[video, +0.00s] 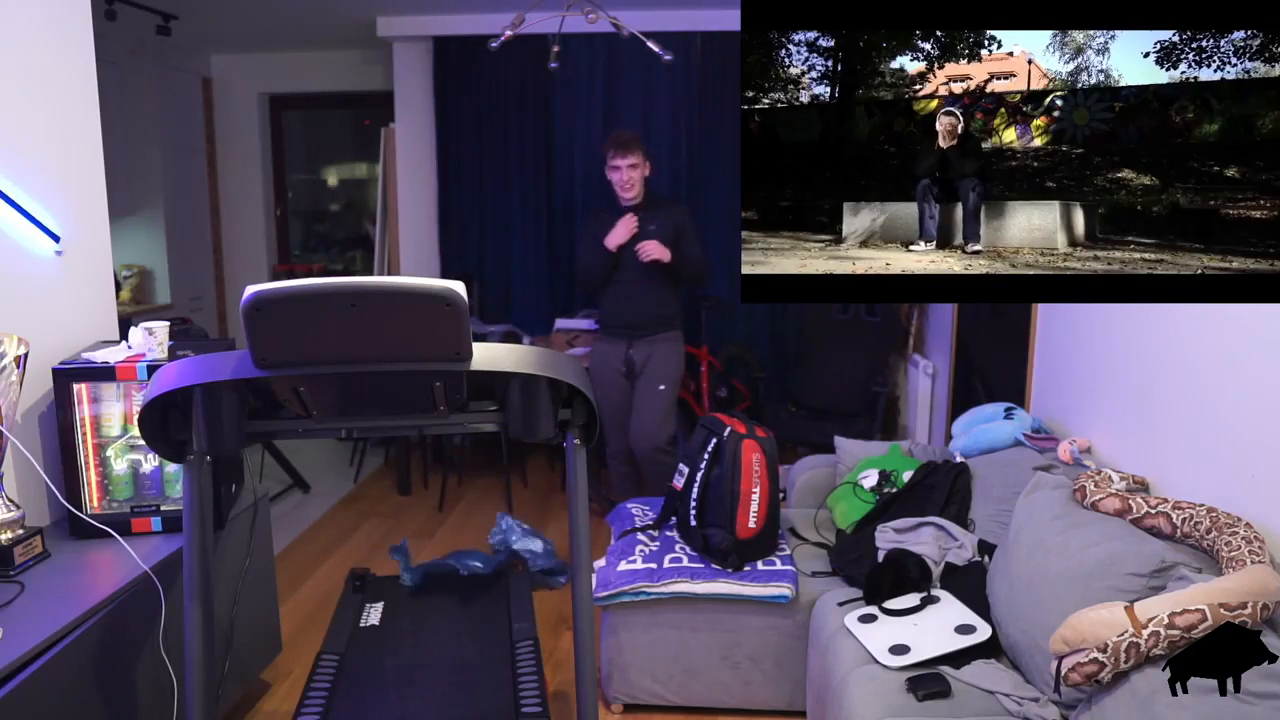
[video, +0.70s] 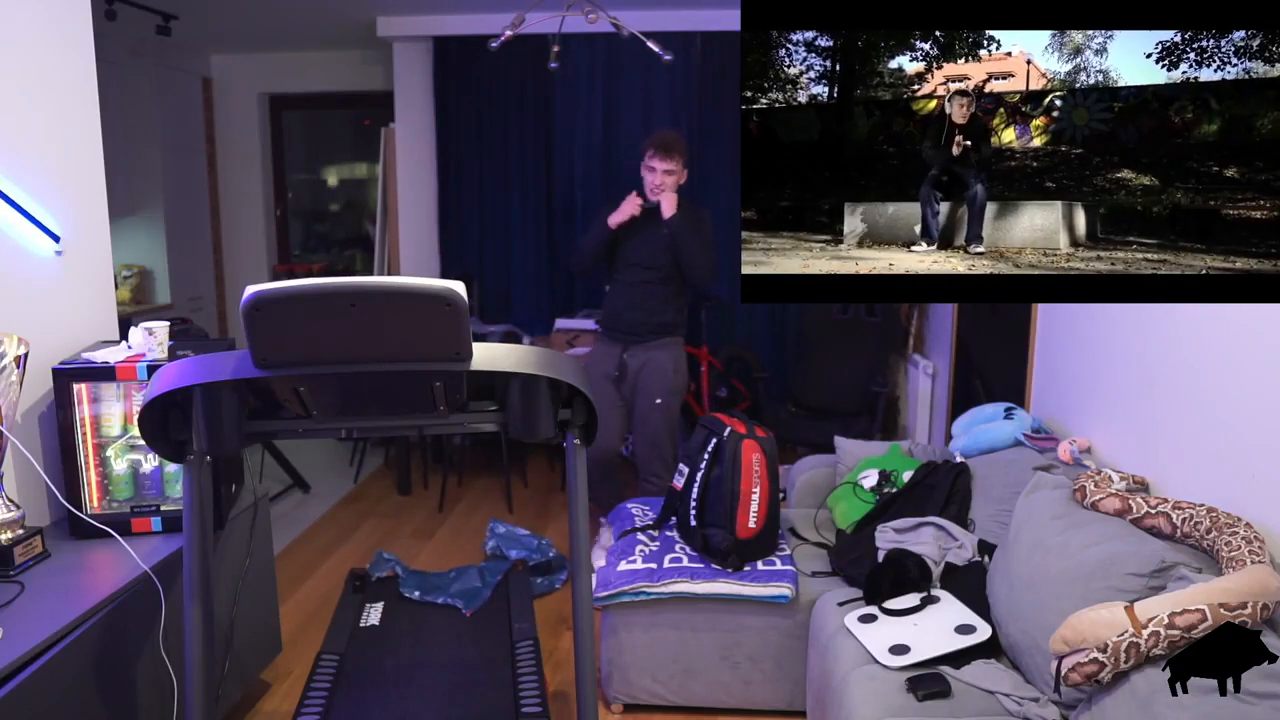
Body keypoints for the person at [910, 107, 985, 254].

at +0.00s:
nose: (947, 128)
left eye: (951, 124)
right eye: (943, 124)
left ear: (959, 127)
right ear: (938, 126)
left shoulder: (969, 141)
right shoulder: (930, 141)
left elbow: (970, 171)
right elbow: (922, 172)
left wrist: (951, 148)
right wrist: (940, 148)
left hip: (964, 183)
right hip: (941, 184)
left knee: (971, 187)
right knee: (925, 186)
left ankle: (971, 241)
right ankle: (927, 240)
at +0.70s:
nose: (965, 110)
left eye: (969, 106)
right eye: (961, 106)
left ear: (972, 108)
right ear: (950, 107)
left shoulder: (978, 125)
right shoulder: (938, 124)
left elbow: (985, 155)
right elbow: (929, 154)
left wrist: (969, 149)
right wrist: (951, 152)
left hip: (968, 171)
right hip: (943, 170)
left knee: (978, 192)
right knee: (928, 191)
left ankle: (974, 242)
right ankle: (929, 240)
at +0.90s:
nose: (913, 78)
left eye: (922, 72)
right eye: (908, 72)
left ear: (936, 80)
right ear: (901, 78)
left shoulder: (952, 122)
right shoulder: (887, 122)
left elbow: (959, 182)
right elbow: (869, 172)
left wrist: (910, 212)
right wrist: (895, 214)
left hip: (936, 239)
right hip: (893, 238)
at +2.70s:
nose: (909, 79)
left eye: (918, 72)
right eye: (904, 72)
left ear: (933, 80)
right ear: (897, 78)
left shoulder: (949, 123)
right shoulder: (883, 123)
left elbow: (955, 184)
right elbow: (865, 173)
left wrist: (906, 213)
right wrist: (890, 214)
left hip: (933, 240)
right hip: (890, 239)